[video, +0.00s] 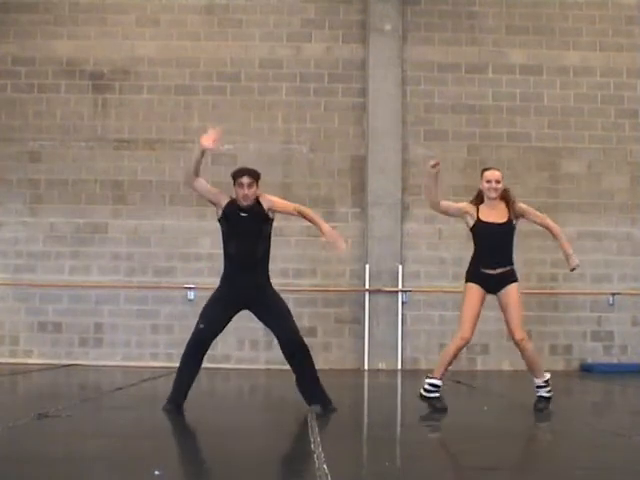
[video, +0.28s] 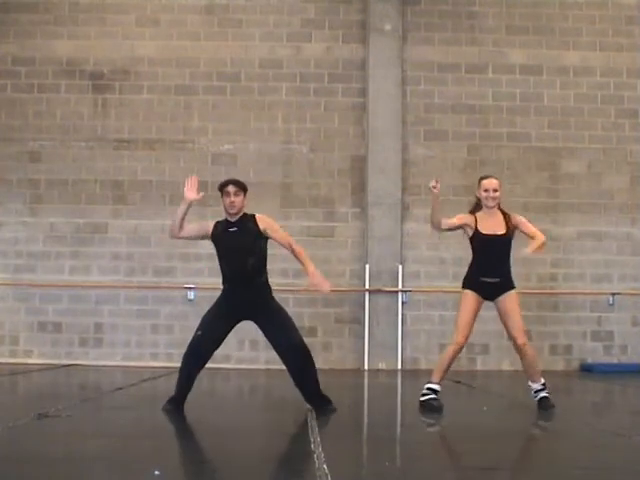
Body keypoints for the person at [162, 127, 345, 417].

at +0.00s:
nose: (246, 191)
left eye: (250, 187)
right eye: (241, 186)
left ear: (257, 188)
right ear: (234, 188)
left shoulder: (267, 204)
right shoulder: (224, 204)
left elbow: (301, 211)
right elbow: (193, 180)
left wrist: (326, 229)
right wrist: (201, 152)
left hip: (261, 292)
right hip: (229, 292)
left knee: (292, 341)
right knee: (199, 340)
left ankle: (317, 398)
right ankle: (176, 399)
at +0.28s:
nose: (231, 200)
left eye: (236, 195)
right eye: (227, 195)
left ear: (245, 198)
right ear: (221, 200)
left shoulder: (260, 223)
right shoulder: (215, 228)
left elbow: (292, 246)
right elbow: (176, 232)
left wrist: (313, 273)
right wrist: (186, 203)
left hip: (261, 302)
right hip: (229, 304)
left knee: (295, 348)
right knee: (199, 347)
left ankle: (316, 398)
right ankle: (178, 399)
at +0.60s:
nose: (262, 200)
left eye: (267, 195)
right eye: (257, 196)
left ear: (274, 199)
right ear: (251, 199)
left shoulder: (281, 223)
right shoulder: (236, 222)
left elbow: (316, 223)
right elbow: (198, 223)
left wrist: (304, 199)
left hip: (272, 302)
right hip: (239, 302)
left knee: (305, 348)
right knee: (206, 346)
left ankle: (327, 402)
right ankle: (179, 398)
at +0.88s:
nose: (280, 201)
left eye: (284, 198)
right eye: (277, 198)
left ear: (296, 201)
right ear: (274, 201)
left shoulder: (295, 230)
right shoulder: (266, 231)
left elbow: (283, 207)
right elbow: (225, 233)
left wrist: (298, 185)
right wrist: (193, 219)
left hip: (277, 303)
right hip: (251, 300)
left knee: (300, 357)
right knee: (220, 347)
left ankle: (330, 404)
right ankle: (183, 396)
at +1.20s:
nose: (292, 213)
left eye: (297, 208)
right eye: (288, 208)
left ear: (306, 212)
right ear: (284, 211)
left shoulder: (302, 236)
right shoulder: (279, 237)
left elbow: (265, 224)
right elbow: (246, 251)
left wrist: (240, 204)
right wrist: (244, 225)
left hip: (278, 309)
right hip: (254, 305)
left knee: (295, 363)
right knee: (214, 348)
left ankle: (329, 405)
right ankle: (182, 399)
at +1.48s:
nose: (211, 198)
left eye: (215, 193)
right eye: (206, 193)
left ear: (225, 194)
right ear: (200, 197)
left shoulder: (241, 219)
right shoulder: (196, 223)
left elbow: (280, 234)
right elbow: (193, 263)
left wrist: (317, 245)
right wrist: (225, 265)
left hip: (247, 290)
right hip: (218, 292)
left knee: (286, 334)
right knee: (198, 337)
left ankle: (322, 377)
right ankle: (201, 399)